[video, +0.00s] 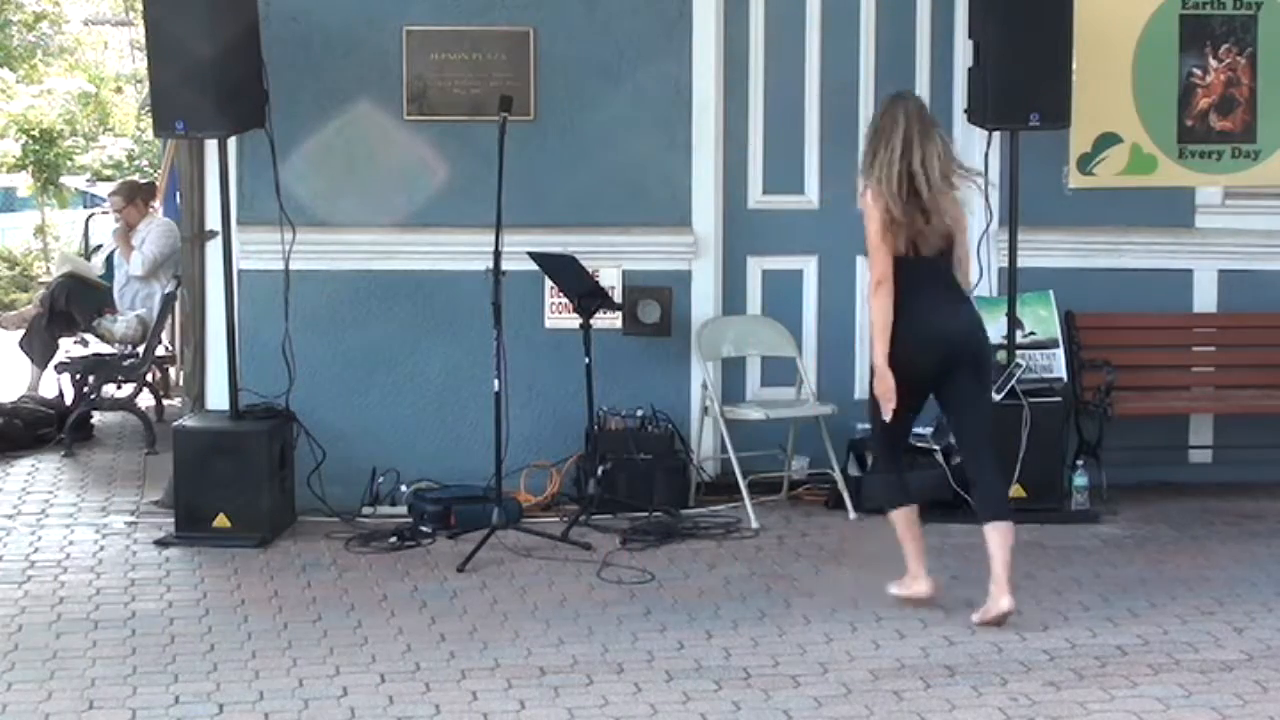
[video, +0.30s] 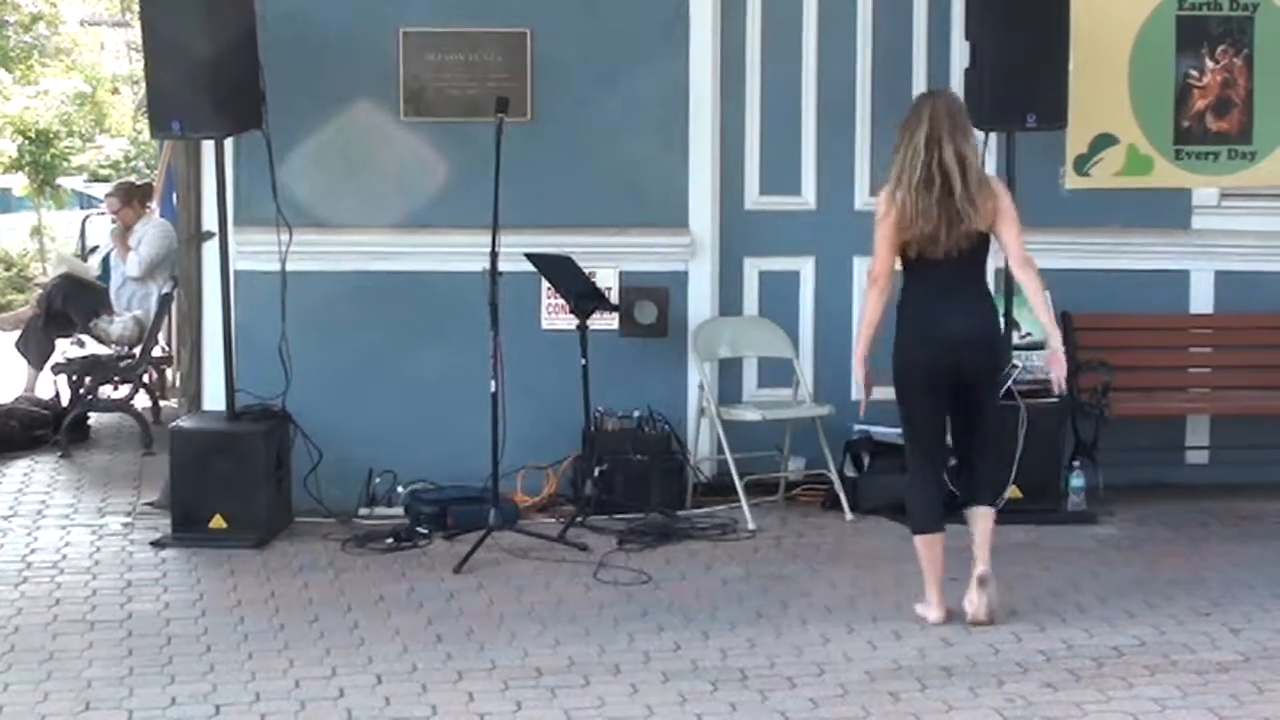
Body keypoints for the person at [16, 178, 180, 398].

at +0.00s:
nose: (117, 218)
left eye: (119, 212)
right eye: (114, 213)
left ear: (139, 205)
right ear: (136, 206)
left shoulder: (164, 229)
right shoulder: (127, 234)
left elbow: (141, 267)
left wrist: (123, 242)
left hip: (140, 318)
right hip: (119, 312)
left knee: (69, 285)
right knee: (45, 319)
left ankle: (34, 310)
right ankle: (32, 390)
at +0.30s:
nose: (114, 220)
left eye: (116, 213)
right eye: (112, 215)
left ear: (135, 206)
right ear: (132, 207)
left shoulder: (160, 230)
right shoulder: (123, 233)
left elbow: (137, 269)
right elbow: (94, 268)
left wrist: (121, 244)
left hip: (136, 318)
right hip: (114, 310)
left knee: (66, 285)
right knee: (42, 321)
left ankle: (31, 312)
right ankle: (28, 391)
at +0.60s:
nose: (115, 220)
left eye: (117, 213)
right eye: (112, 215)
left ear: (136, 206)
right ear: (132, 207)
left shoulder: (161, 230)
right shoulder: (123, 233)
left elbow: (138, 269)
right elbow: (95, 269)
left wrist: (121, 244)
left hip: (137, 319)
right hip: (114, 310)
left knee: (66, 284)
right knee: (43, 322)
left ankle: (33, 311)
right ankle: (29, 390)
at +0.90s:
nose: (115, 220)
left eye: (117, 213)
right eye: (112, 215)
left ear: (136, 206)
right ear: (132, 207)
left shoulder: (161, 230)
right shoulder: (123, 234)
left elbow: (138, 268)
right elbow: (94, 270)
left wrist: (121, 243)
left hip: (136, 320)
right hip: (113, 312)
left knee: (67, 285)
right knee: (41, 322)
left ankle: (33, 311)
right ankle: (30, 391)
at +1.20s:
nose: (115, 219)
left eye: (117, 213)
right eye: (112, 215)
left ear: (135, 205)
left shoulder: (161, 230)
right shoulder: (122, 234)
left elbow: (138, 268)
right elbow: (93, 270)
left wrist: (121, 243)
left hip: (137, 318)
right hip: (114, 311)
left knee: (66, 284)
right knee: (43, 321)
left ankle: (31, 312)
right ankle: (29, 390)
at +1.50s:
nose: (89, 220)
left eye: (92, 213)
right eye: (86, 215)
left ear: (110, 204)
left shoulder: (135, 230)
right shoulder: (98, 235)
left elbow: (112, 269)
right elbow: (68, 271)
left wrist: (94, 244)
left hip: (114, 317)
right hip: (91, 309)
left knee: (37, 286)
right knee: (14, 323)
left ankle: (16, 311)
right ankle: (8, 384)